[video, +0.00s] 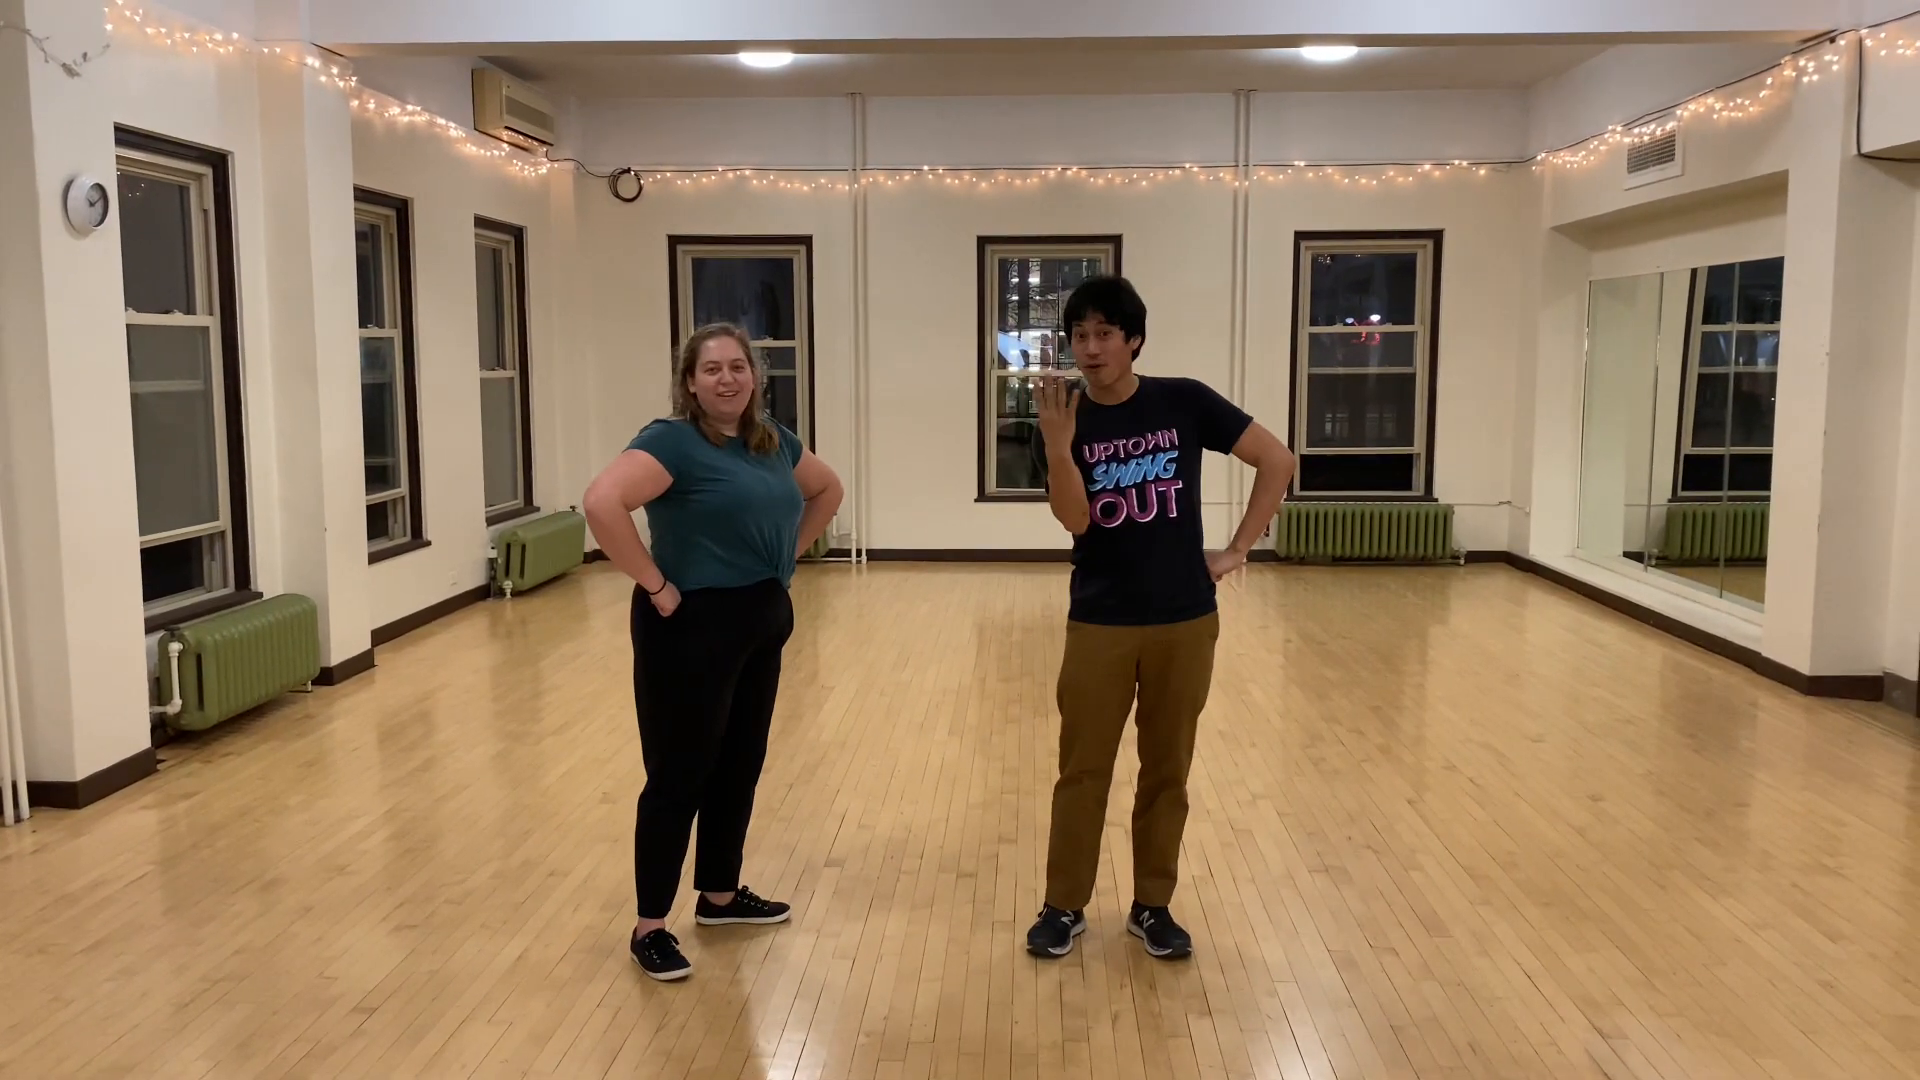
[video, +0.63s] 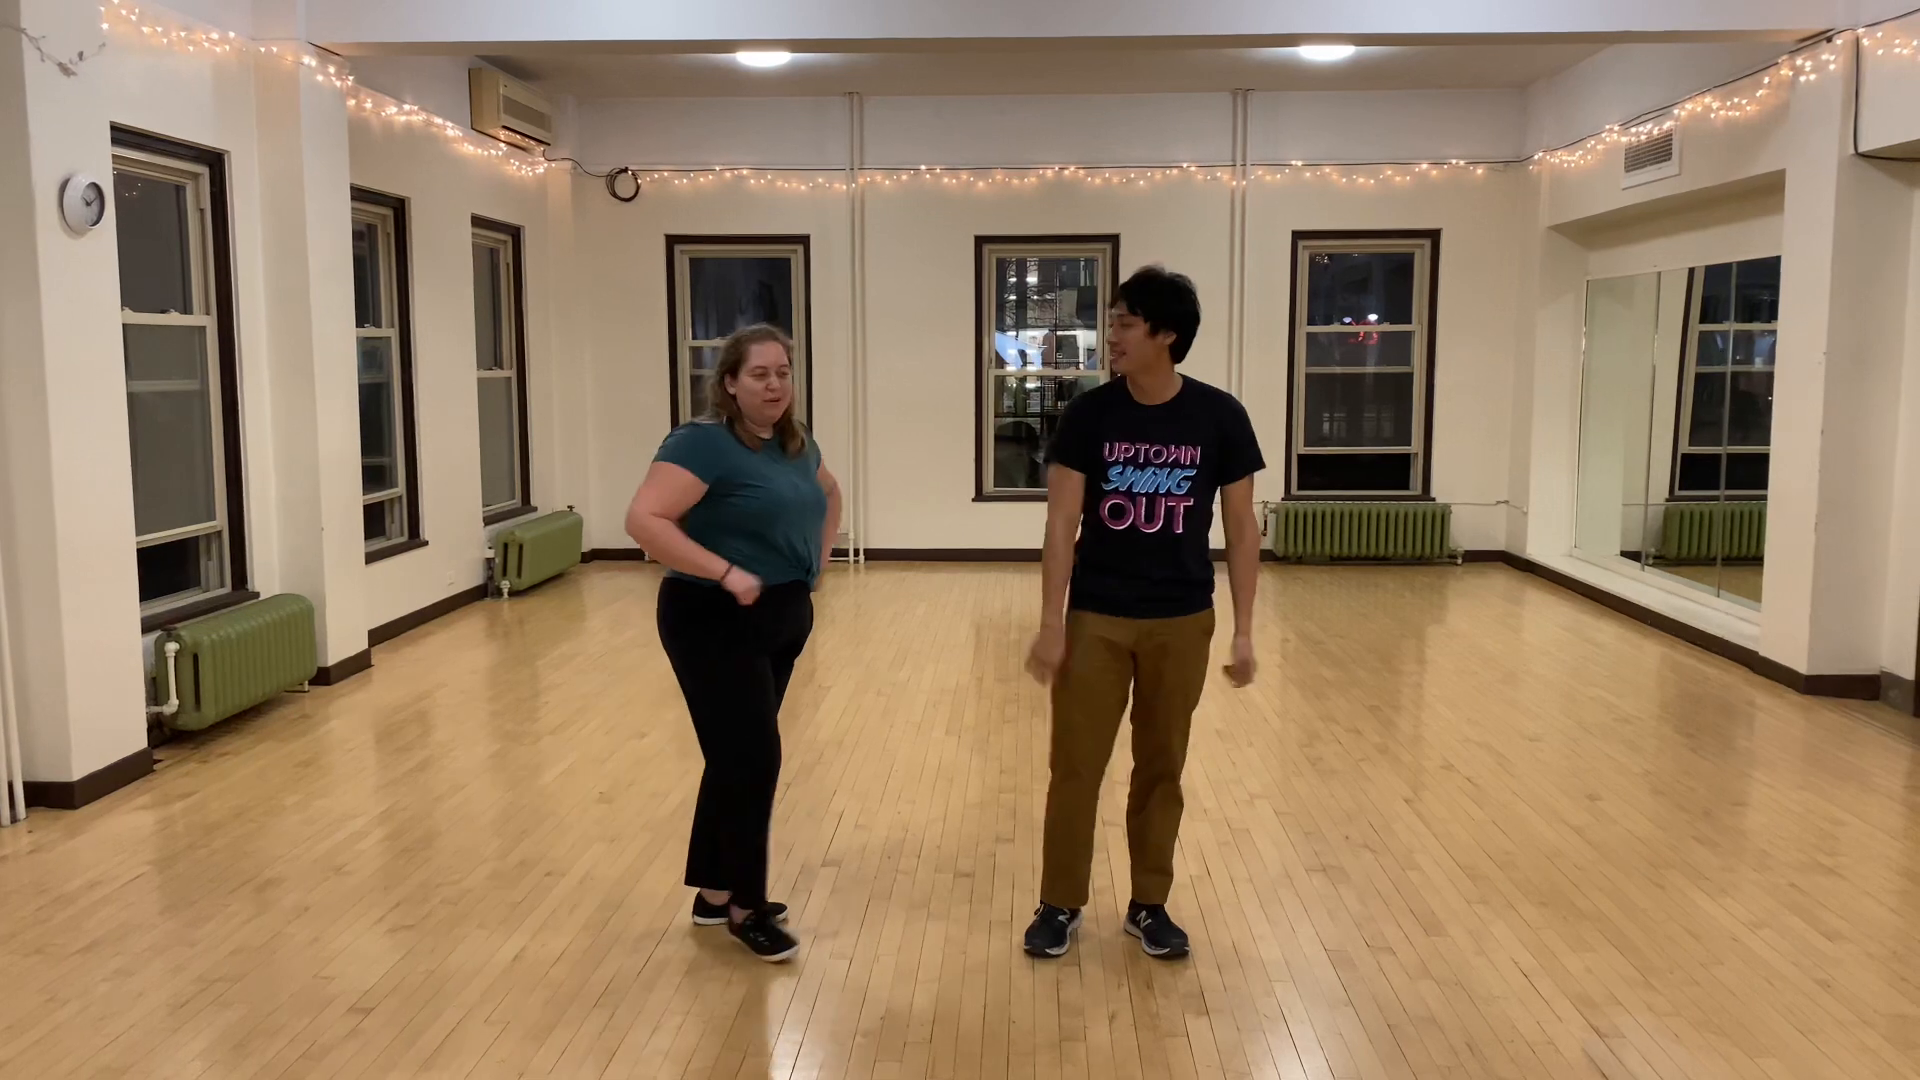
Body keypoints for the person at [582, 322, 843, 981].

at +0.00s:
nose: (728, 377)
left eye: (738, 366)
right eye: (713, 368)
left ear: (755, 377)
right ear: (691, 381)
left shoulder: (771, 442)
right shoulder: (673, 442)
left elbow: (828, 490)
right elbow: (602, 500)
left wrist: (786, 558)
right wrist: (655, 586)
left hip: (758, 621)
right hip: (687, 625)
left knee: (737, 767)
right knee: (677, 775)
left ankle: (719, 894)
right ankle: (650, 925)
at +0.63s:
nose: (774, 385)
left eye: (782, 373)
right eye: (759, 374)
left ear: (792, 380)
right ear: (731, 382)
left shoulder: (794, 443)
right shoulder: (701, 443)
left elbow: (830, 492)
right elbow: (643, 519)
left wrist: (818, 558)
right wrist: (724, 570)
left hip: (776, 614)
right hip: (708, 615)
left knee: (737, 754)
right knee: (753, 757)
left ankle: (711, 892)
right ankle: (745, 906)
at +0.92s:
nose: (791, 384)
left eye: (797, 373)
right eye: (777, 373)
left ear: (803, 379)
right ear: (742, 380)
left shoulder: (800, 445)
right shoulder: (715, 443)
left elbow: (804, 530)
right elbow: (704, 539)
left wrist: (847, 524)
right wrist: (806, 528)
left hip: (793, 615)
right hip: (732, 620)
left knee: (763, 758)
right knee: (763, 763)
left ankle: (718, 884)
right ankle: (767, 909)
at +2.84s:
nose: (827, 384)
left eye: (827, 372)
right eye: (820, 372)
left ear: (785, 373)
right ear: (787, 373)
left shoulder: (779, 433)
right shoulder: (764, 439)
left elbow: (782, 519)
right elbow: (802, 544)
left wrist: (836, 497)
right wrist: (877, 526)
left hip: (777, 609)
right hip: (748, 614)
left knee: (784, 745)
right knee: (755, 755)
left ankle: (790, 871)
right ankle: (764, 902)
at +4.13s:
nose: (801, 374)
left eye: (799, 363)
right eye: (795, 364)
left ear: (739, 368)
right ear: (766, 368)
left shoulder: (699, 425)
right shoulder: (781, 427)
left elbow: (713, 506)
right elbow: (829, 517)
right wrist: (903, 559)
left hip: (702, 584)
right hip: (770, 589)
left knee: (716, 719)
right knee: (769, 724)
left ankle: (722, 851)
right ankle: (772, 860)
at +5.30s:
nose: (790, 368)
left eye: (787, 357)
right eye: (782, 359)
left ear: (729, 368)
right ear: (752, 367)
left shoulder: (685, 427)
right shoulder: (780, 428)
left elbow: (669, 503)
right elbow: (857, 494)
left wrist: (731, 490)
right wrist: (919, 488)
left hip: (694, 587)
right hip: (769, 587)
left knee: (728, 717)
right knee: (767, 723)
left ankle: (713, 844)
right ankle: (762, 862)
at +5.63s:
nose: (756, 370)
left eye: (755, 359)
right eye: (746, 361)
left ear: (707, 373)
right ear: (712, 370)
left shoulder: (676, 423)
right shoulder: (719, 431)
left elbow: (690, 492)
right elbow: (783, 518)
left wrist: (748, 453)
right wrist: (862, 542)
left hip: (669, 584)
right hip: (715, 589)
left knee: (696, 711)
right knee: (755, 718)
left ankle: (676, 834)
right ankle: (764, 860)